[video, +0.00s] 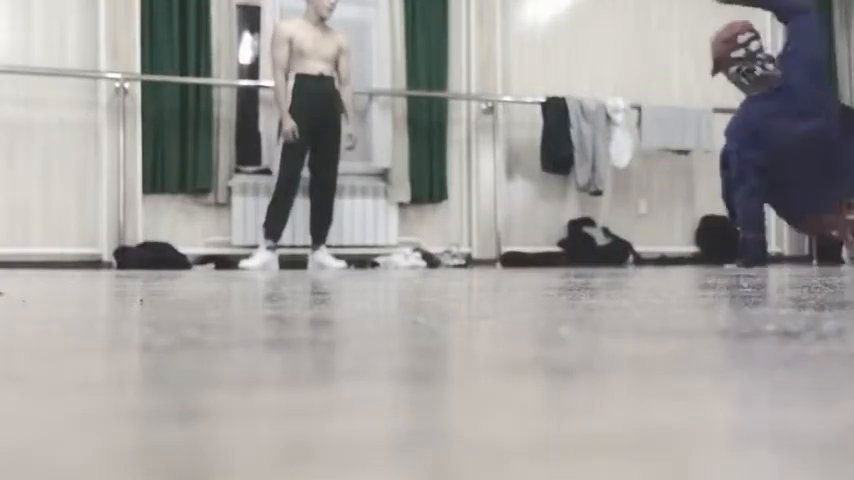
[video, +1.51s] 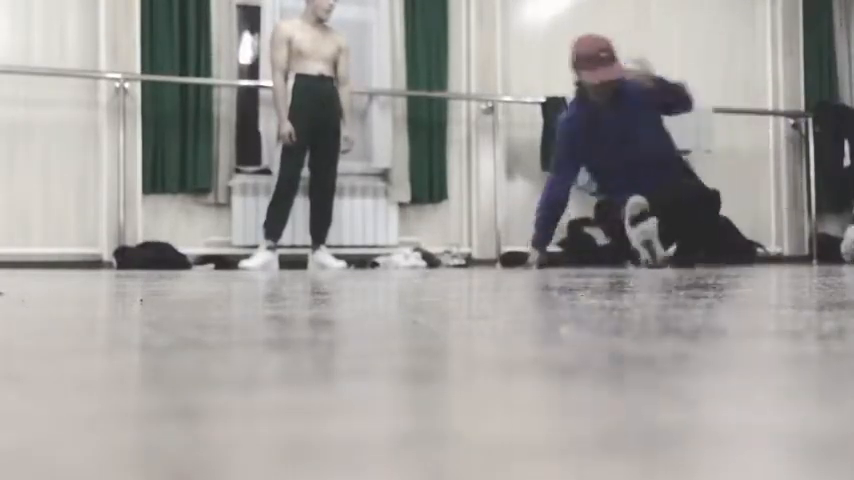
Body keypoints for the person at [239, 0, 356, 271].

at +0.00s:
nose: (331, 5)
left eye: (334, 2)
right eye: (327, 0)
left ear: (332, 7)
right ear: (311, 1)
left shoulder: (338, 40)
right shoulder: (286, 30)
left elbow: (344, 83)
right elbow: (279, 75)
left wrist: (350, 122)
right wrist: (284, 116)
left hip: (329, 98)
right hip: (300, 95)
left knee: (325, 178)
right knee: (289, 176)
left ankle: (318, 251)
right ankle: (268, 249)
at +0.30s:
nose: (331, 5)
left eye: (334, 2)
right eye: (327, 0)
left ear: (332, 7)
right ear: (312, 1)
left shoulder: (338, 40)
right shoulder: (286, 30)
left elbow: (344, 84)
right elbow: (280, 76)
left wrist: (348, 125)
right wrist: (284, 118)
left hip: (329, 99)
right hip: (300, 96)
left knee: (325, 179)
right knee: (289, 176)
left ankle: (319, 251)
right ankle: (268, 249)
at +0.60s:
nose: (332, 5)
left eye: (334, 2)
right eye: (327, 1)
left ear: (332, 7)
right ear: (312, 1)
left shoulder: (337, 41)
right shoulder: (286, 29)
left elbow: (344, 84)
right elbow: (279, 76)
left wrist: (344, 127)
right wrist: (283, 120)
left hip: (329, 100)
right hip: (300, 97)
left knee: (325, 179)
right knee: (289, 177)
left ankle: (319, 251)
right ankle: (268, 249)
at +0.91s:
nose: (331, 5)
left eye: (333, 2)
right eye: (327, 1)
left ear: (331, 7)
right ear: (311, 2)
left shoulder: (337, 40)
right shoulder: (286, 29)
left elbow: (343, 84)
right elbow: (279, 76)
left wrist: (347, 126)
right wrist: (283, 119)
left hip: (329, 100)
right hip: (299, 98)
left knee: (325, 180)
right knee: (288, 178)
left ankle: (319, 250)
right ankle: (268, 248)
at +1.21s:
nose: (331, 5)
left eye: (333, 2)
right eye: (326, 1)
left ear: (331, 7)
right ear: (311, 2)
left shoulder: (337, 40)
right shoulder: (286, 29)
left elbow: (343, 84)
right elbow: (279, 76)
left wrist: (345, 127)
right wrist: (283, 119)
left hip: (329, 100)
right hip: (299, 97)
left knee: (324, 180)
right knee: (288, 177)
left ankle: (319, 250)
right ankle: (268, 248)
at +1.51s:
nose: (330, 5)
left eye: (333, 2)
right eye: (325, 1)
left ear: (333, 7)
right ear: (310, 2)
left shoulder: (337, 40)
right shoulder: (286, 30)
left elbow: (343, 83)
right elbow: (278, 75)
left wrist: (346, 125)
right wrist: (283, 119)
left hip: (328, 100)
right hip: (299, 97)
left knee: (324, 180)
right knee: (288, 177)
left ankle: (319, 251)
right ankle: (268, 248)